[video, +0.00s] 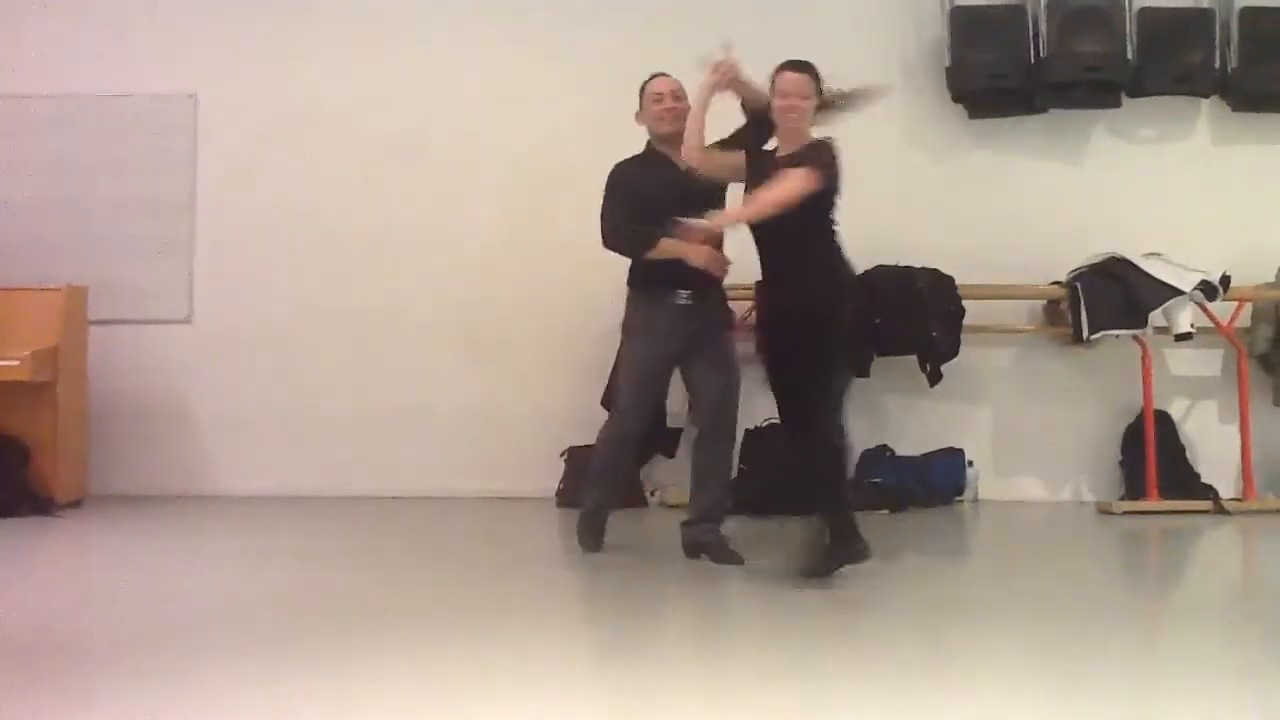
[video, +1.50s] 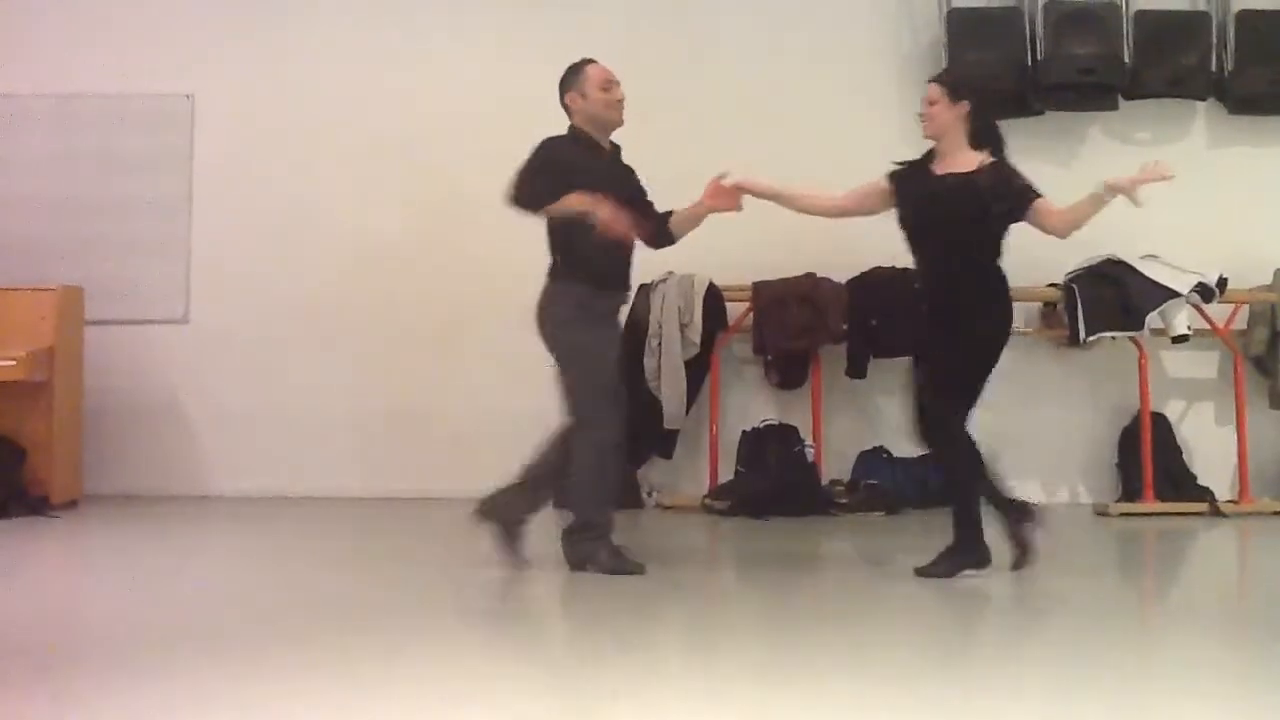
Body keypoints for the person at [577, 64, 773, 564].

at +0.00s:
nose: (669, 105)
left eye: (676, 98)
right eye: (657, 100)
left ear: (691, 110)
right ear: (641, 116)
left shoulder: (711, 162)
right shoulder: (628, 173)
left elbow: (763, 124)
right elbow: (615, 235)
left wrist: (741, 87)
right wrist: (685, 249)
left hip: (707, 306)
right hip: (652, 306)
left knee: (718, 411)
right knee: (633, 414)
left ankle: (704, 527)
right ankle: (596, 504)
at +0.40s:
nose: (681, 87)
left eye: (682, 81)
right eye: (668, 81)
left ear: (684, 95)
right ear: (636, 96)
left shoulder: (698, 151)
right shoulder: (610, 152)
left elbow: (761, 119)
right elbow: (558, 202)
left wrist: (815, 64)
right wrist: (615, 241)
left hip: (689, 301)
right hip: (635, 302)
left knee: (696, 421)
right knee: (633, 416)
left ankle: (697, 530)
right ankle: (589, 532)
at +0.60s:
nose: (662, 89)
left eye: (660, 81)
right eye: (649, 81)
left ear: (643, 95)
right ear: (613, 92)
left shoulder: (664, 165)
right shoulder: (581, 146)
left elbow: (738, 182)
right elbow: (523, 194)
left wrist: (798, 144)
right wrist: (576, 240)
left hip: (651, 307)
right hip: (599, 304)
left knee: (675, 414)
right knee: (599, 417)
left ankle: (695, 529)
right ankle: (583, 538)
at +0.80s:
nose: (644, 91)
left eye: (642, 83)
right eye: (631, 83)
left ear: (622, 97)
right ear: (596, 93)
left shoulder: (644, 170)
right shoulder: (560, 146)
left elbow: (718, 200)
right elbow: (500, 192)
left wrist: (789, 175)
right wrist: (549, 242)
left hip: (622, 308)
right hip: (567, 305)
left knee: (667, 399)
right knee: (580, 415)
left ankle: (623, 490)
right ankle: (580, 540)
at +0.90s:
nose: (635, 89)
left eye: (632, 82)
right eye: (622, 81)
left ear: (605, 95)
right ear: (586, 92)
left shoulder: (635, 168)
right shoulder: (548, 147)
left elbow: (709, 203)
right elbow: (490, 197)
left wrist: (781, 182)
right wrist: (537, 244)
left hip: (609, 309)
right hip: (555, 302)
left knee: (638, 421)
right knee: (572, 417)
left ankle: (558, 486)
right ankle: (581, 540)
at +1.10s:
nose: (622, 91)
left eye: (620, 83)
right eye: (609, 83)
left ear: (594, 97)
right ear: (575, 95)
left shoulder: (621, 169)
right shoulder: (538, 150)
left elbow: (694, 210)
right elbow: (480, 204)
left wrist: (765, 188)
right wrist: (527, 247)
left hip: (584, 311)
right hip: (540, 304)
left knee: (565, 421)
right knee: (564, 417)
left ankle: (486, 516)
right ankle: (581, 541)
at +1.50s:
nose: (620, 95)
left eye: (619, 86)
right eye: (607, 88)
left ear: (609, 101)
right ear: (575, 102)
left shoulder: (618, 170)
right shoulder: (559, 151)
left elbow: (656, 232)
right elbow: (524, 196)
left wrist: (703, 206)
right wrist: (590, 204)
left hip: (603, 310)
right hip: (571, 305)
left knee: (600, 420)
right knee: (600, 419)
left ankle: (510, 505)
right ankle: (587, 540)